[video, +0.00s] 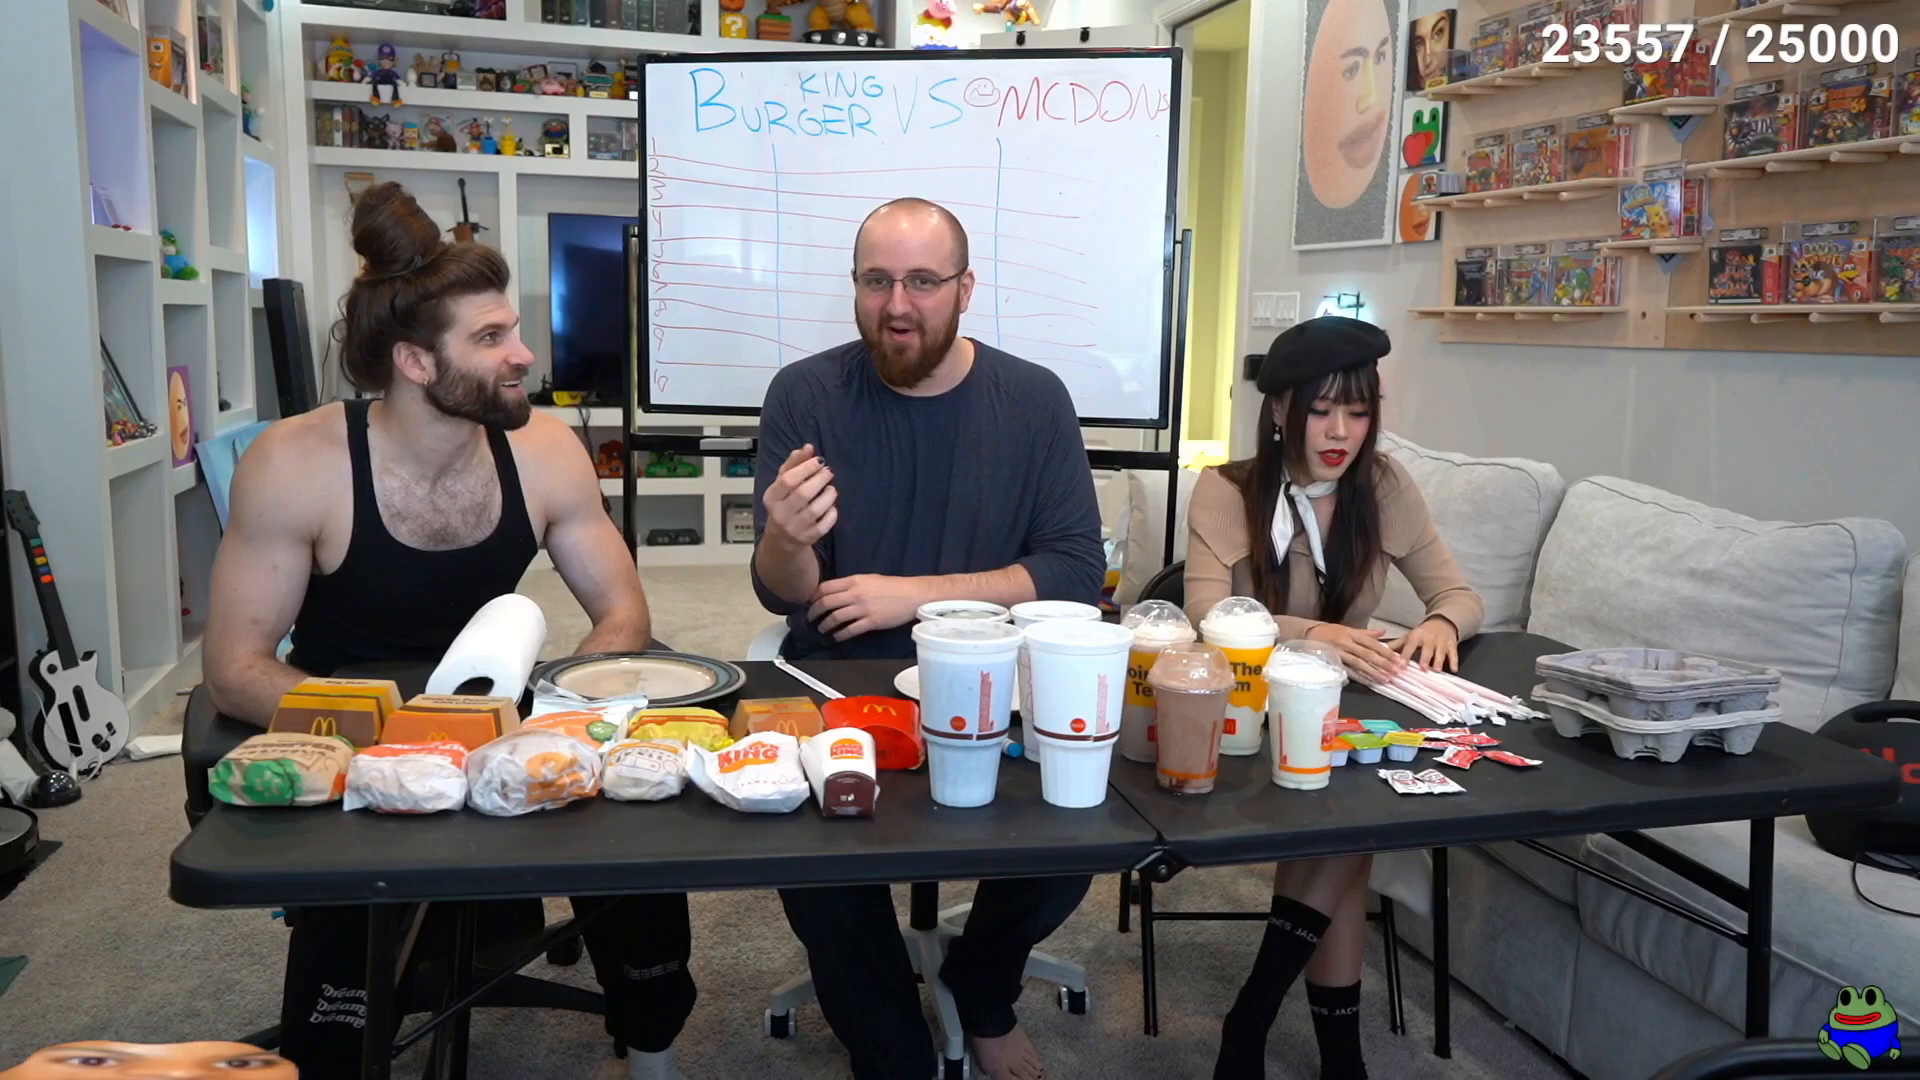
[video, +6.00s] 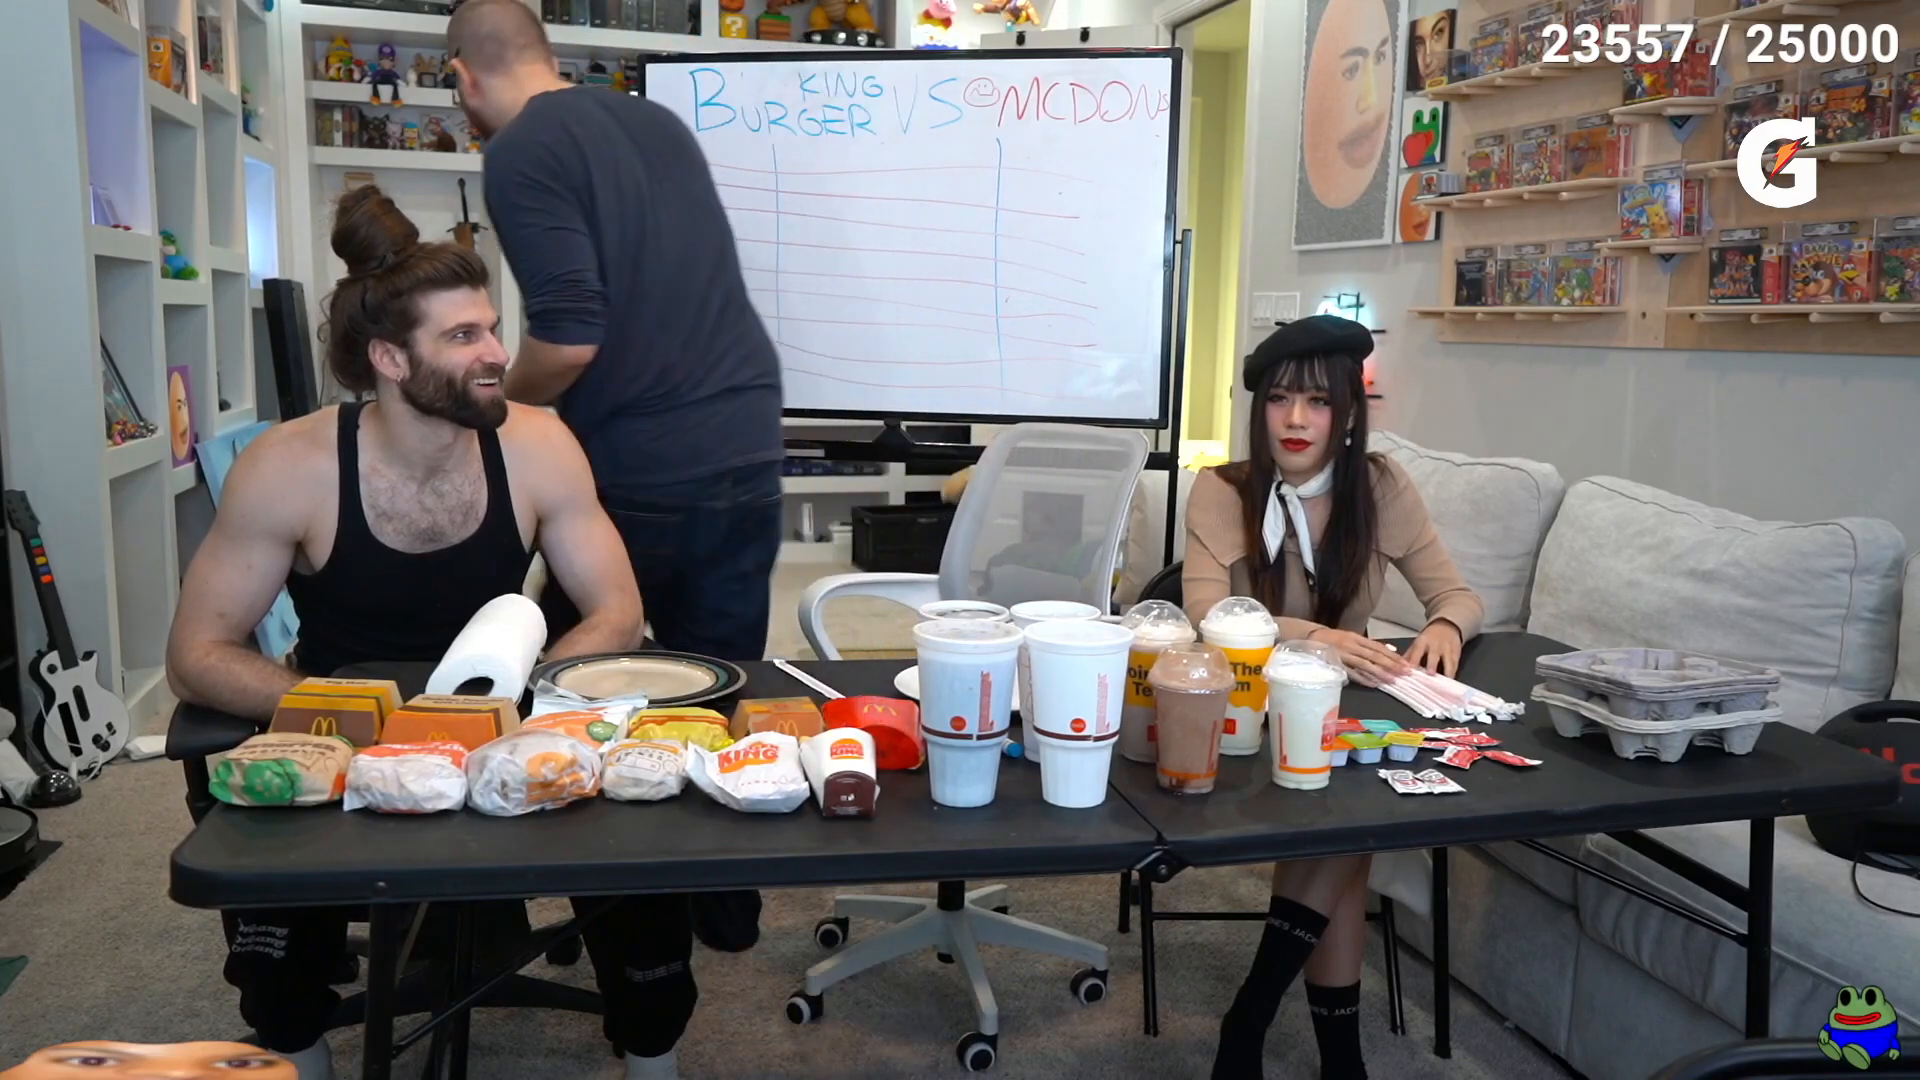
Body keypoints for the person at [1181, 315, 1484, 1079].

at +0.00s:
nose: (1339, 430)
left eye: (1356, 412)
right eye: (1319, 410)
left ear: (1373, 416)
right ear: (1281, 411)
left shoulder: (1385, 486)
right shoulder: (1225, 493)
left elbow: (1460, 595)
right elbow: (1209, 622)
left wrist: (1442, 620)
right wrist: (1311, 633)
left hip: (1339, 708)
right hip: (1242, 712)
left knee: (1352, 816)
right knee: (1351, 834)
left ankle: (1247, 1025)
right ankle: (1343, 1064)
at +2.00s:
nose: (1289, 418)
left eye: (1311, 399)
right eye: (1274, 398)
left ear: (1345, 411)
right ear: (1253, 406)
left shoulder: (1376, 482)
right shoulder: (1221, 491)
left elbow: (1453, 595)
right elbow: (1209, 623)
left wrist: (1450, 624)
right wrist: (1312, 636)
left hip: (1337, 706)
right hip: (1241, 710)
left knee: (1346, 816)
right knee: (1350, 832)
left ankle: (1244, 1025)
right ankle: (1343, 1064)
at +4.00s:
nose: (1296, 418)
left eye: (1318, 400)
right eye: (1280, 398)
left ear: (1348, 411)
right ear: (1256, 406)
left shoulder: (1379, 483)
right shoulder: (1221, 491)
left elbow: (1453, 594)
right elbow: (1209, 621)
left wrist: (1449, 625)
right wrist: (1309, 634)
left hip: (1337, 705)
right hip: (1241, 711)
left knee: (1348, 813)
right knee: (1351, 829)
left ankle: (1246, 1023)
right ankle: (1343, 1064)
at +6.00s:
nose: (1296, 419)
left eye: (1318, 401)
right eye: (1281, 398)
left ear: (1350, 413)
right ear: (1258, 405)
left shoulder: (1379, 485)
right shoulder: (1222, 491)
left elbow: (1456, 595)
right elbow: (1209, 619)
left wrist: (1446, 625)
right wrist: (1310, 633)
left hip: (1336, 704)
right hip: (1240, 710)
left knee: (1343, 819)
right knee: (1350, 834)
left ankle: (1246, 1024)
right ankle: (1343, 1064)